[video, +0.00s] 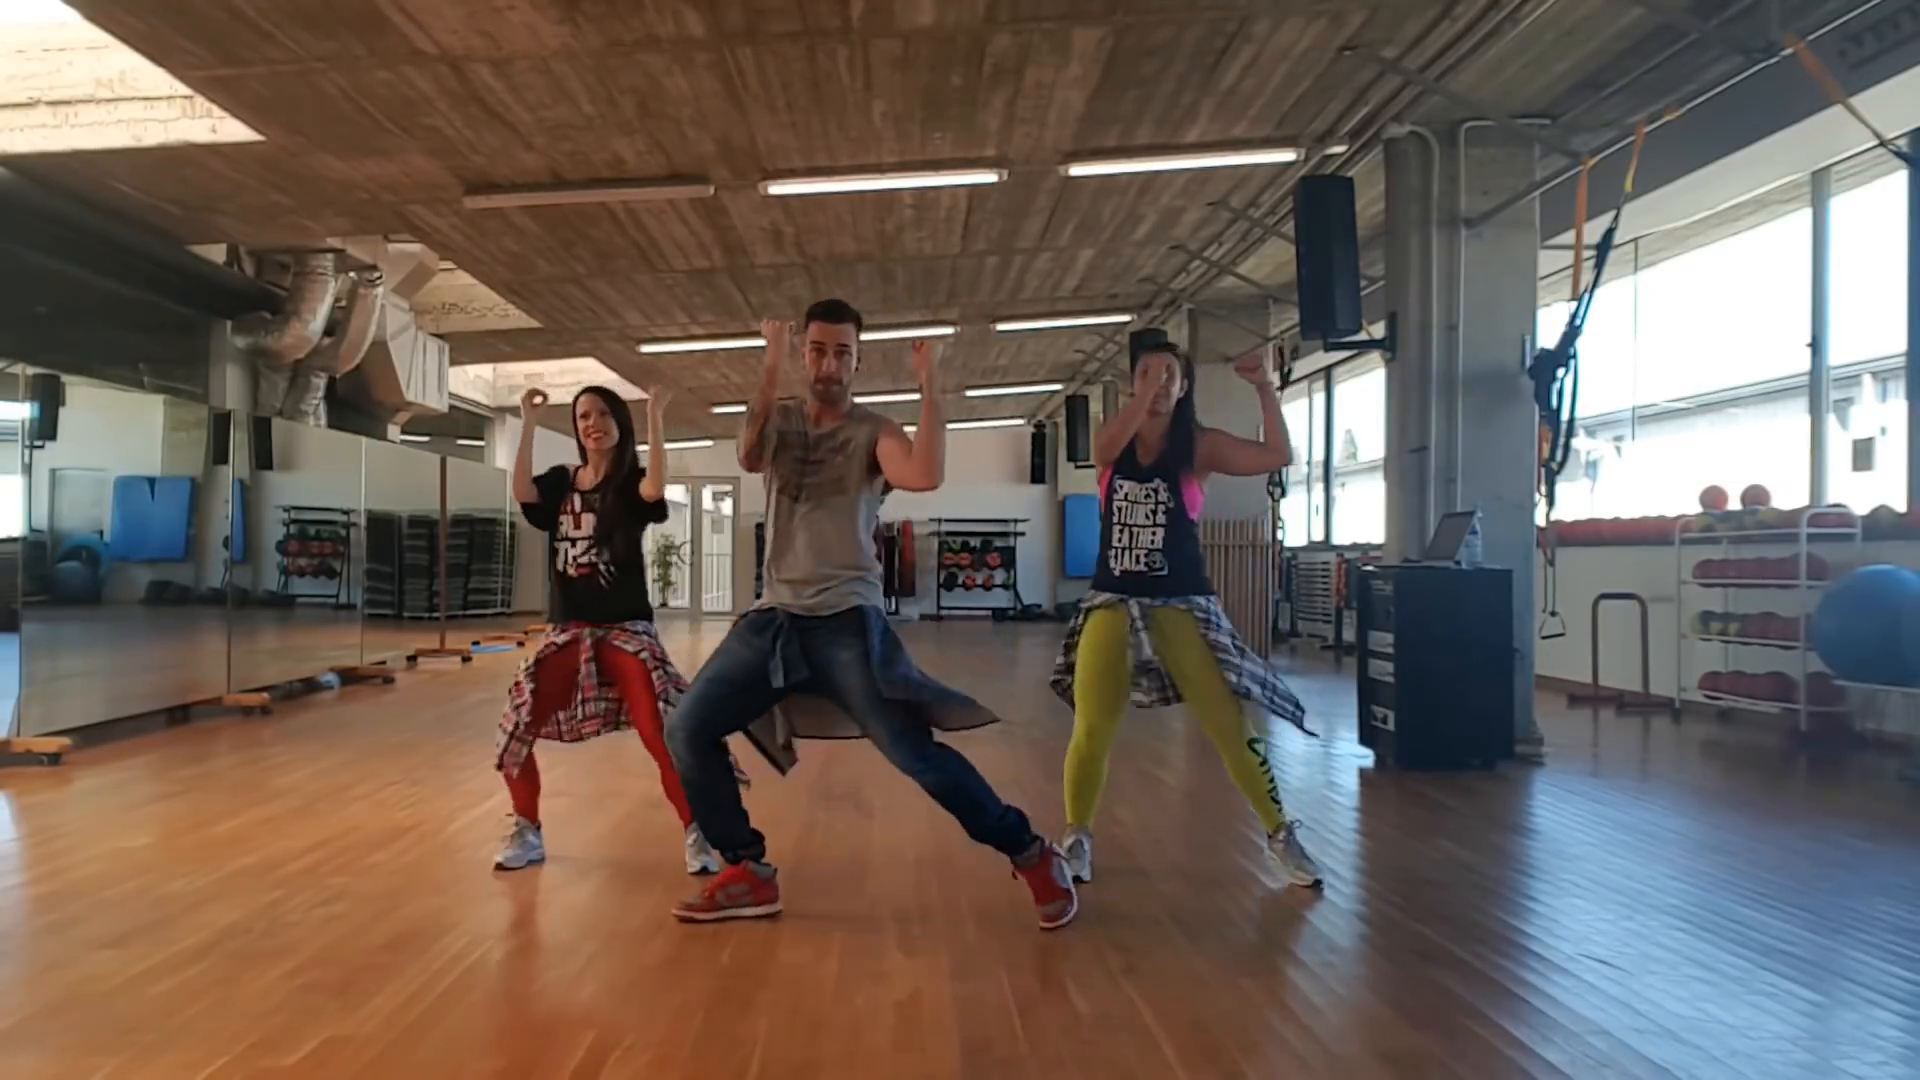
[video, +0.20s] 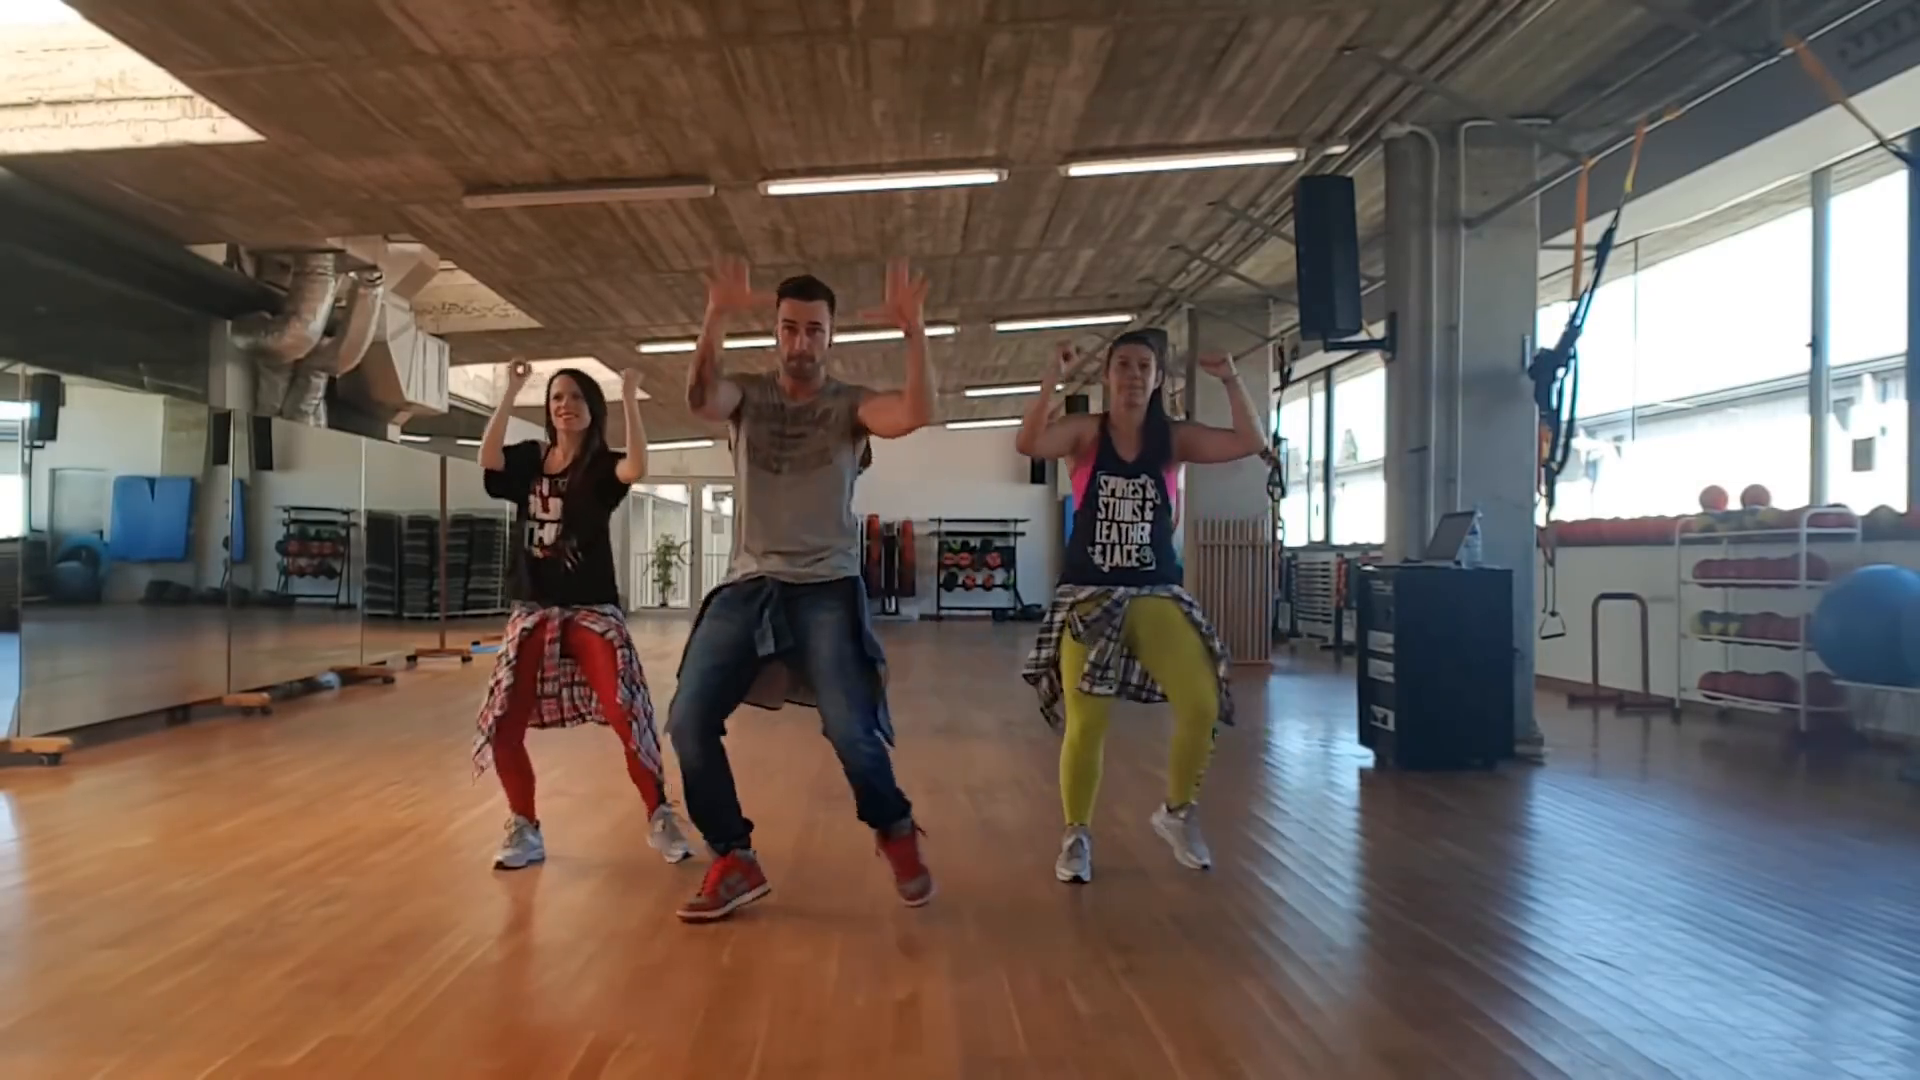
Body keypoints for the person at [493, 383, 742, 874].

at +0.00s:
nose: (592, 423)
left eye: (600, 415)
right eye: (584, 417)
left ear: (620, 423)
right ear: (574, 428)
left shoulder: (631, 481)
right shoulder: (563, 480)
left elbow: (654, 491)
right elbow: (521, 491)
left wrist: (653, 417)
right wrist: (529, 425)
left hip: (626, 628)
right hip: (569, 629)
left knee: (656, 729)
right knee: (516, 720)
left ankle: (696, 831)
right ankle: (527, 832)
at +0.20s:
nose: (565, 404)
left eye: (575, 397)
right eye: (558, 397)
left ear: (594, 409)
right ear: (547, 410)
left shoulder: (603, 463)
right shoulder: (532, 458)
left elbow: (636, 468)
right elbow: (489, 461)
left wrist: (630, 398)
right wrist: (509, 393)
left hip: (591, 606)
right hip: (532, 606)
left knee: (623, 708)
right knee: (503, 725)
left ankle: (661, 818)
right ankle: (525, 829)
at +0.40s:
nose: (557, 411)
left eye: (567, 405)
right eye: (548, 405)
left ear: (584, 417)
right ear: (537, 416)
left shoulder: (593, 476)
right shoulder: (518, 472)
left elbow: (627, 472)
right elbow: (485, 467)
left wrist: (627, 405)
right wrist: (508, 402)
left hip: (575, 616)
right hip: (516, 614)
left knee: (590, 724)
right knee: (494, 739)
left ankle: (598, 801)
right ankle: (524, 831)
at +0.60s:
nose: (565, 414)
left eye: (575, 407)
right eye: (557, 408)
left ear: (594, 421)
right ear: (547, 420)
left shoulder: (599, 477)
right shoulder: (526, 466)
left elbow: (623, 464)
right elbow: (491, 442)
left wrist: (617, 401)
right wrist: (510, 375)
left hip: (588, 619)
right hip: (528, 616)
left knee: (621, 735)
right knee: (491, 734)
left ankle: (588, 807)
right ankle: (522, 830)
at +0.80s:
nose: (590, 413)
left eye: (599, 406)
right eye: (579, 407)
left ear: (614, 417)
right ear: (569, 418)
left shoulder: (628, 475)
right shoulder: (546, 472)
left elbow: (649, 463)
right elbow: (497, 462)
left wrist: (635, 398)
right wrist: (521, 392)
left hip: (619, 623)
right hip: (562, 624)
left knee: (677, 707)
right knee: (547, 736)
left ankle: (668, 831)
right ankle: (493, 819)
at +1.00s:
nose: (623, 416)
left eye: (631, 409)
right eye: (613, 411)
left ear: (648, 420)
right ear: (604, 425)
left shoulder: (664, 473)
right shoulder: (591, 477)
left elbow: (688, 459)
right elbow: (546, 470)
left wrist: (662, 396)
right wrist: (563, 402)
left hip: (678, 618)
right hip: (621, 624)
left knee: (716, 725)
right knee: (591, 733)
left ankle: (682, 831)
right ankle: (515, 806)